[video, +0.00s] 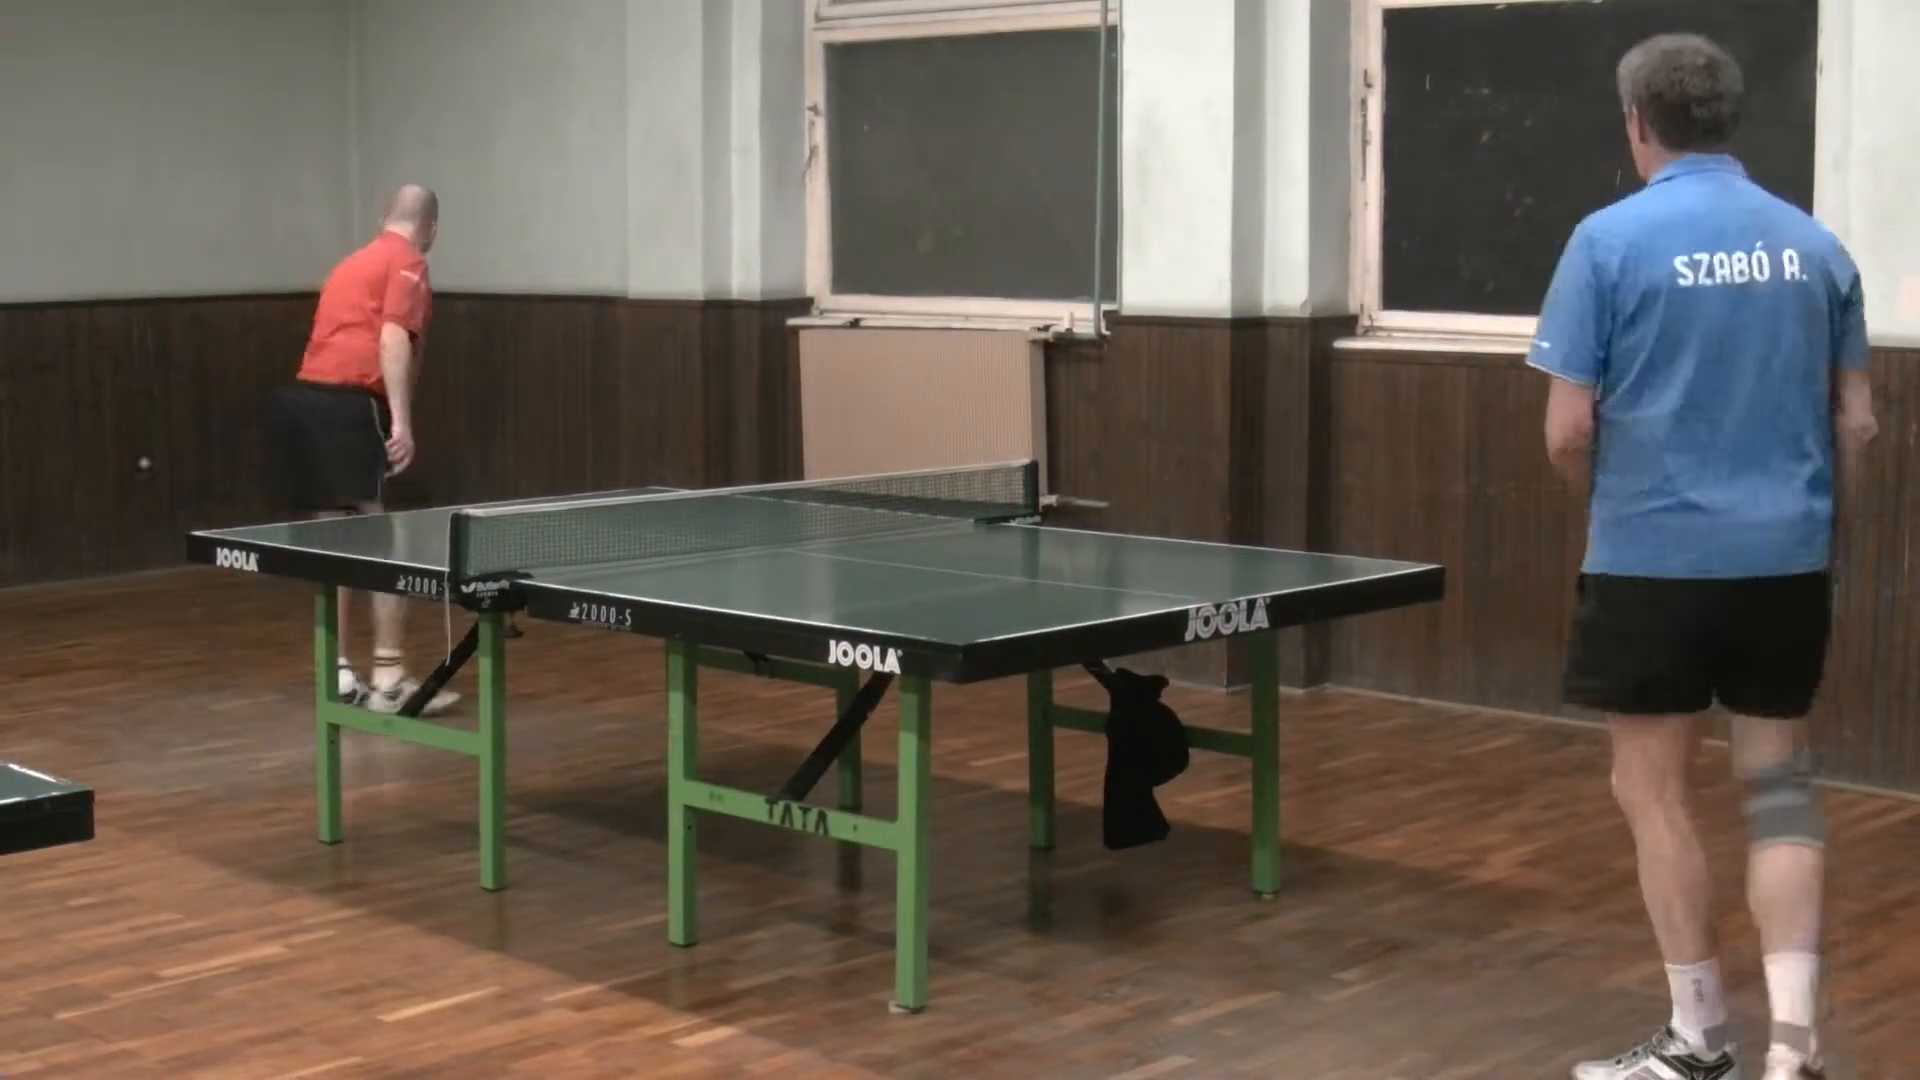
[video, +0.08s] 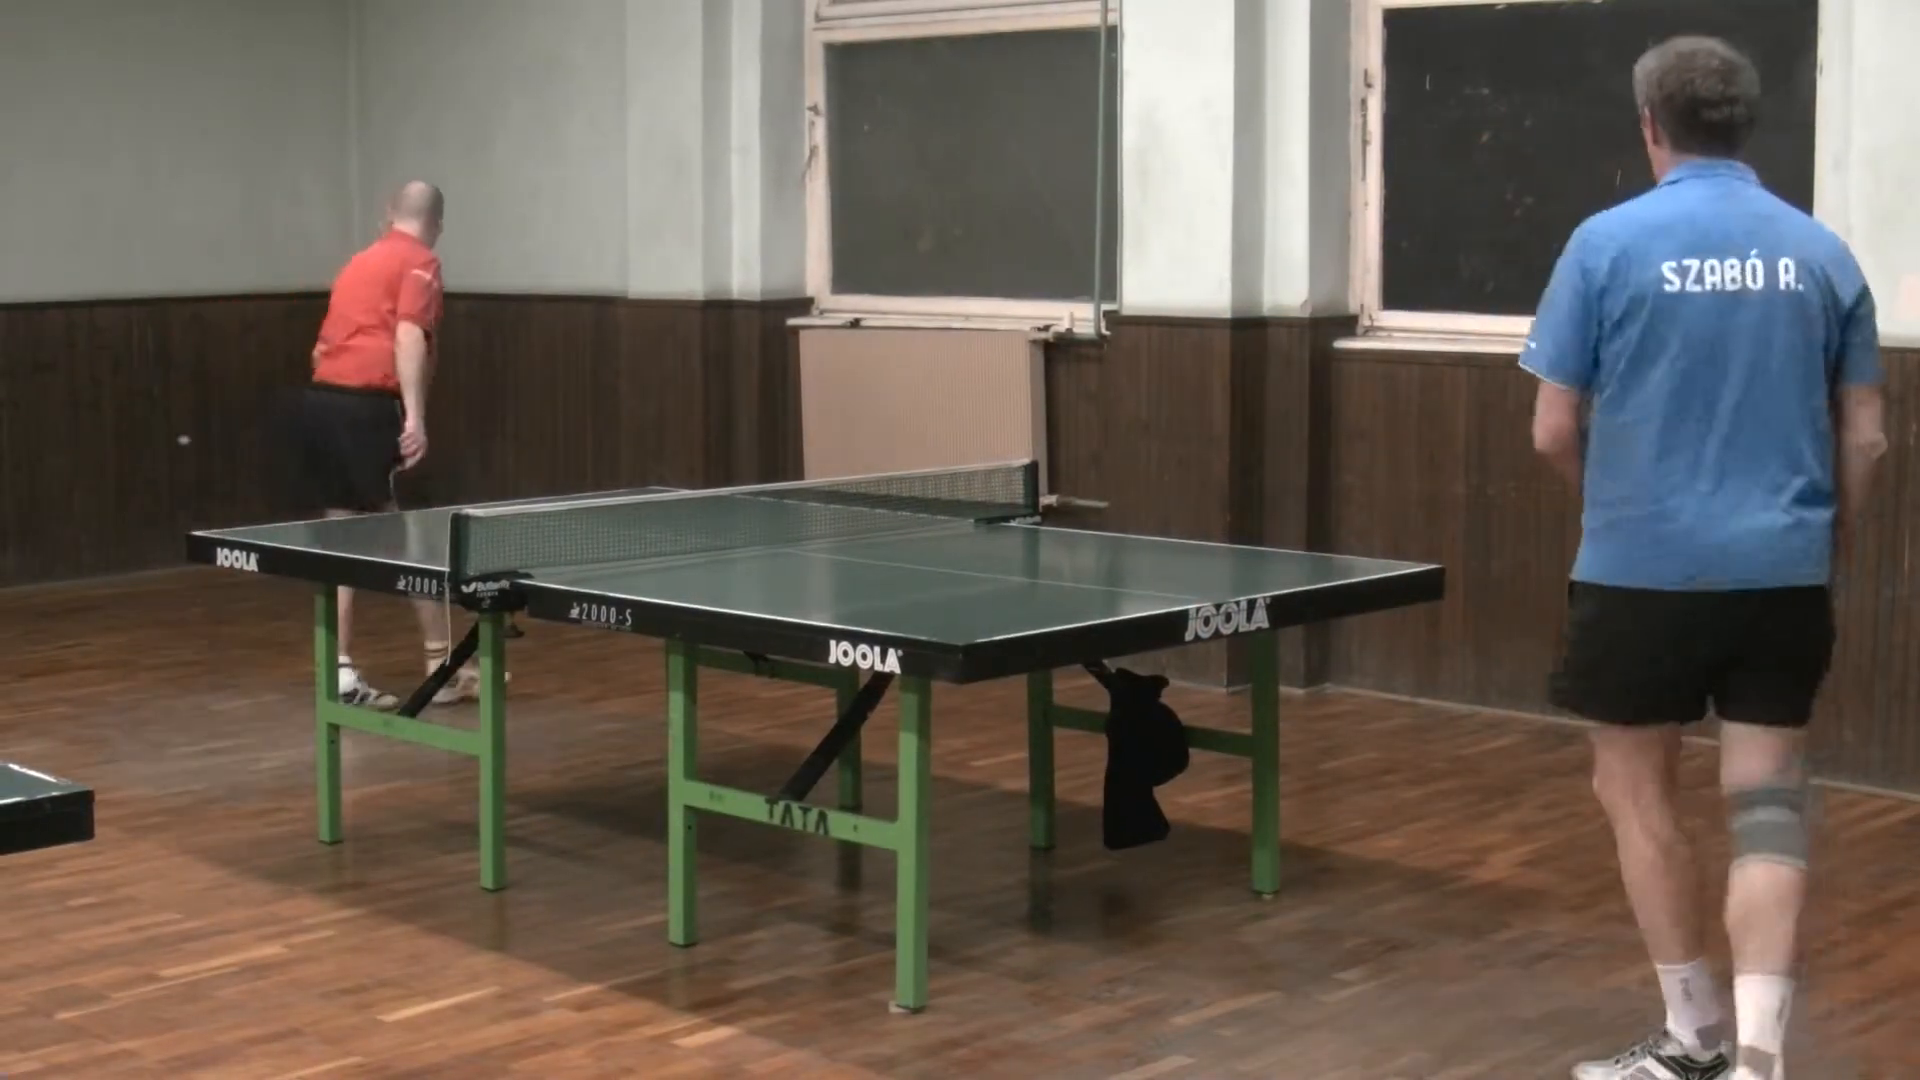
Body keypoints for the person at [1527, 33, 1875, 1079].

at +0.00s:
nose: (1622, 134)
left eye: (1623, 118)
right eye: (1625, 116)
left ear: (1640, 126)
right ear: (1732, 121)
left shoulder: (1609, 240)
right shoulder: (1814, 242)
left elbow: (1567, 434)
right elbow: (1857, 419)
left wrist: (1605, 504)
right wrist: (1805, 508)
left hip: (1651, 568)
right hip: (1784, 567)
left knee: (1651, 791)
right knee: (1779, 783)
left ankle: (1697, 1035)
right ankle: (1795, 1040)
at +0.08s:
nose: (1638, 134)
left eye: (1639, 120)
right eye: (1645, 117)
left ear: (1651, 127)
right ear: (1747, 124)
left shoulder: (1607, 242)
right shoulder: (1823, 251)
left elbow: (1553, 434)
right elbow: (1865, 437)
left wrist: (1610, 494)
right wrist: (1825, 541)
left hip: (1640, 579)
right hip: (1783, 580)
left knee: (1637, 793)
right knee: (1767, 801)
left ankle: (1693, 1037)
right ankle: (1760, 1055)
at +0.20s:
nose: (1663, 139)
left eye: (1664, 125)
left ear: (1671, 137)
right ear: (1773, 138)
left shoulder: (1610, 256)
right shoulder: (1833, 263)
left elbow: (1557, 443)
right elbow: (1874, 460)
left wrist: (1637, 463)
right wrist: (1838, 569)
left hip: (1633, 585)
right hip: (1784, 591)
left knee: (1591, 797)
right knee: (1769, 832)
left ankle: (1606, 1049)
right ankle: (1751, 1071)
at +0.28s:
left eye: (1683, 143)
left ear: (1690, 152)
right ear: (1792, 156)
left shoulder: (1620, 270)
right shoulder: (1829, 271)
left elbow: (1583, 448)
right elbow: (1867, 479)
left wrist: (1618, 557)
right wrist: (1836, 597)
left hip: (1608, 588)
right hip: (1756, 599)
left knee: (1579, 820)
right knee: (1787, 840)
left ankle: (1511, 1048)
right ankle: (1753, 1069)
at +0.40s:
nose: (1808, 210)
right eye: (1806, 195)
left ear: (1694, 191)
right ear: (1796, 196)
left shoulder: (1647, 286)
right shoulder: (1784, 309)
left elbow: (1694, 473)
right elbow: (1853, 522)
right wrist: (1844, 616)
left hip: (1571, 618)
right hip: (1706, 630)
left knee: (1551, 870)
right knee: (1801, 850)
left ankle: (1446, 1071)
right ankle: (1746, 1071)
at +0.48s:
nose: (1802, 225)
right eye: (1802, 209)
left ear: (1690, 201)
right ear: (1793, 207)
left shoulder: (1635, 292)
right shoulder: (1787, 316)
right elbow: (1846, 532)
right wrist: (1852, 625)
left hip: (1558, 620)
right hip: (1695, 631)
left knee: (1532, 872)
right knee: (1798, 842)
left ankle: (1437, 1071)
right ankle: (1745, 1070)